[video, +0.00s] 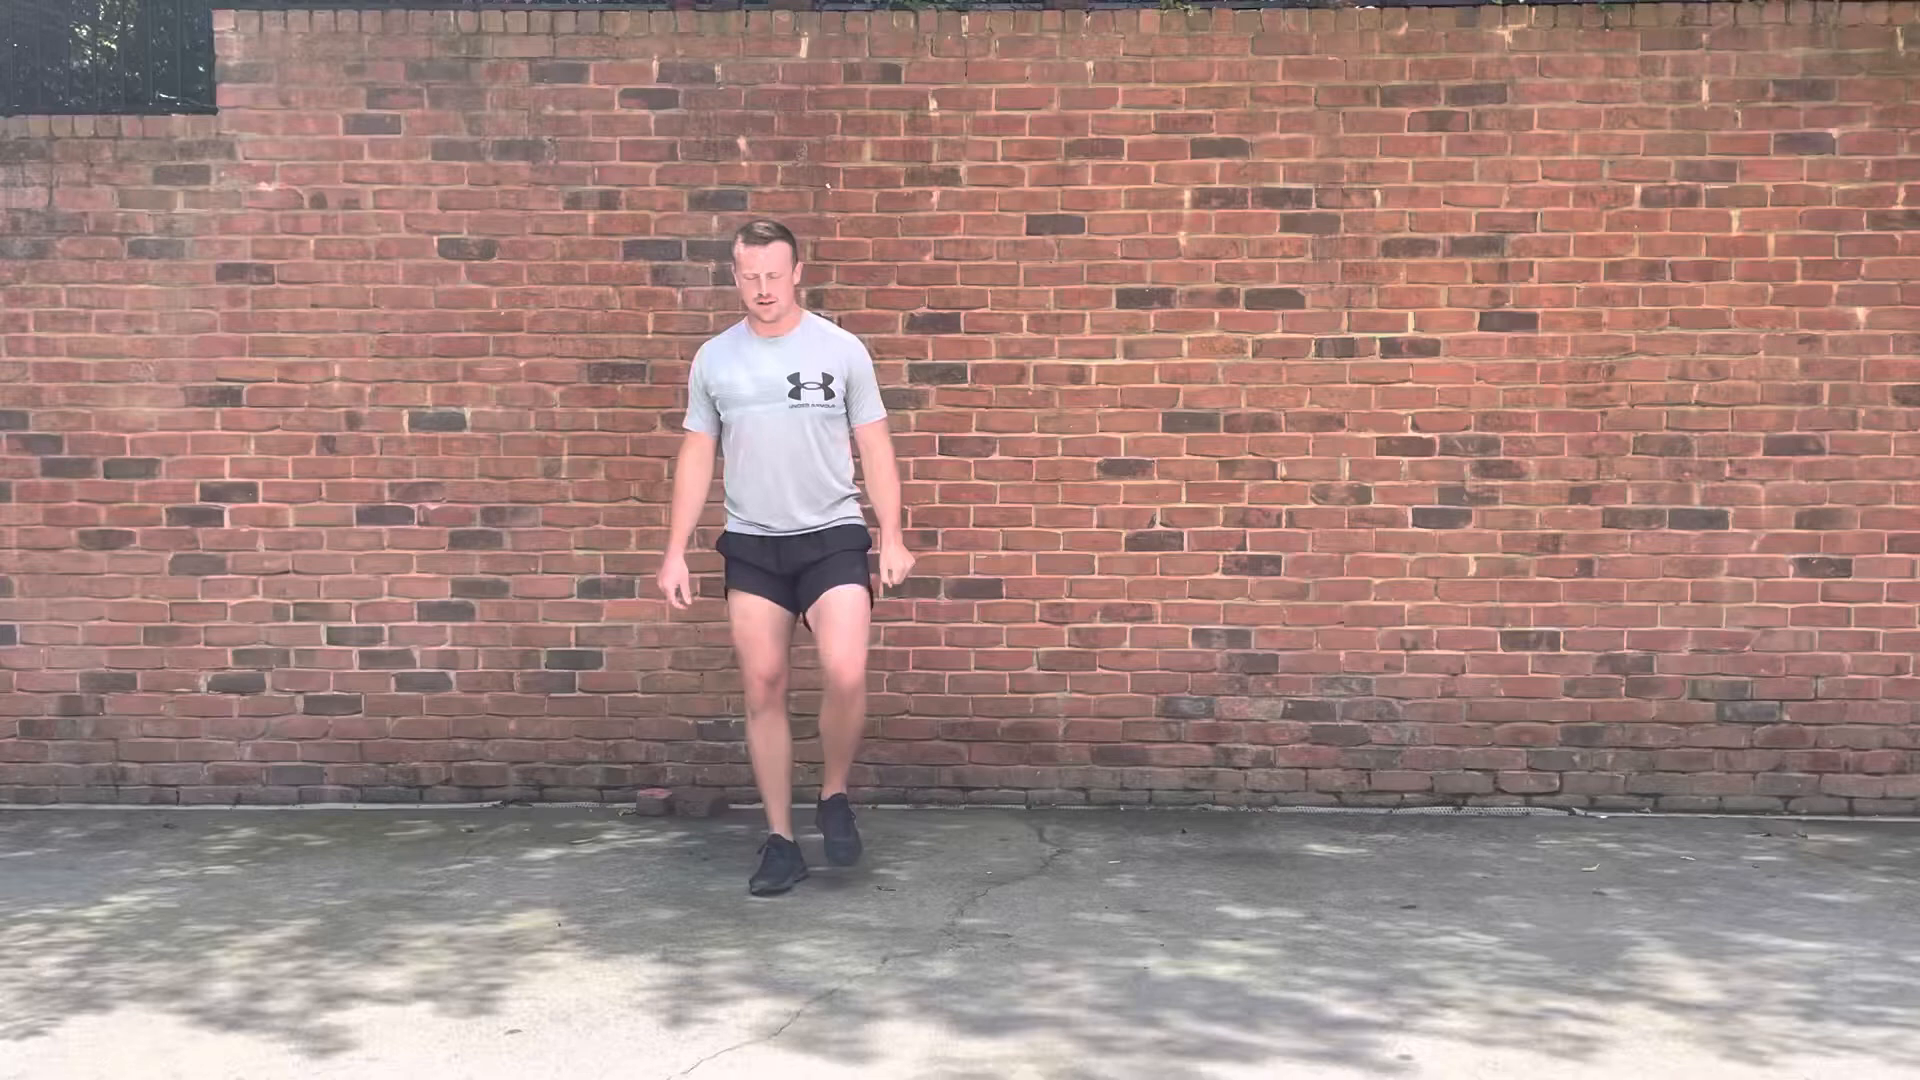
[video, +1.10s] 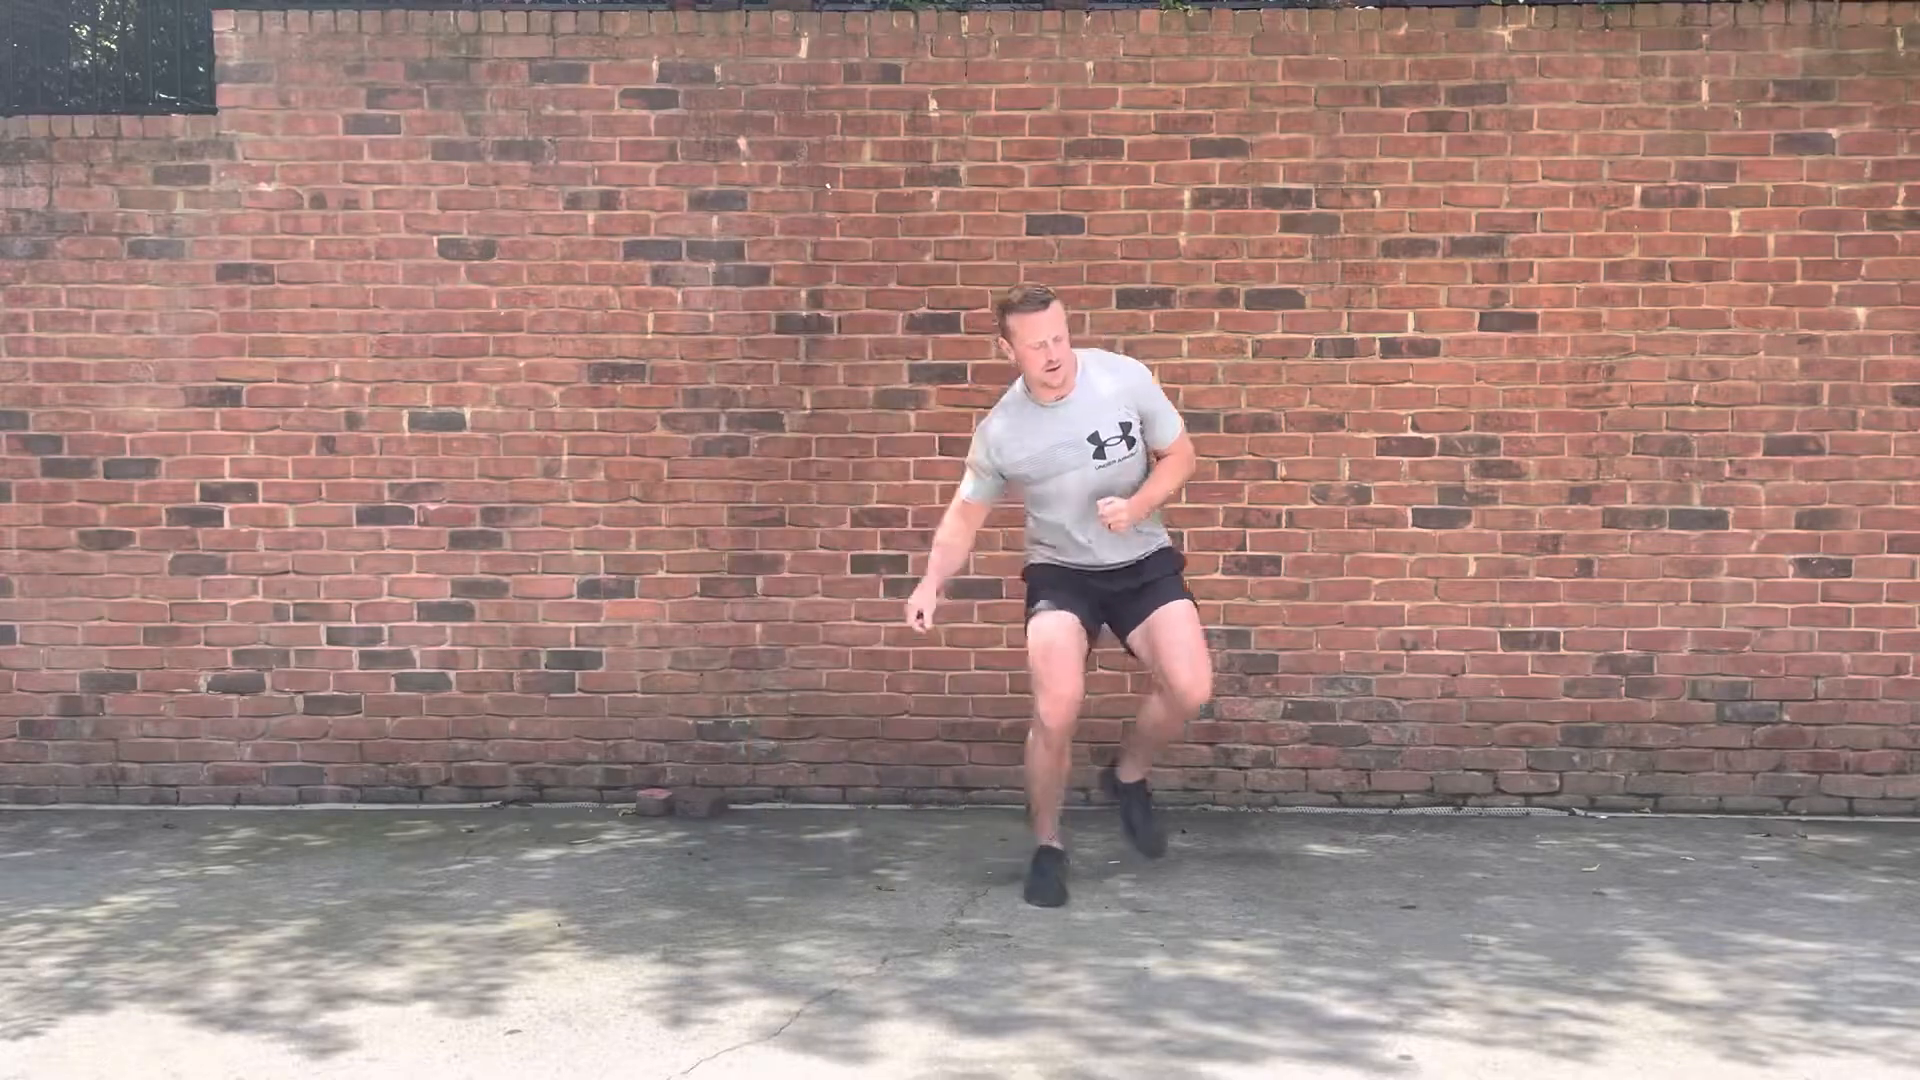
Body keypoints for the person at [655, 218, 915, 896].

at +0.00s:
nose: (761, 290)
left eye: (773, 276)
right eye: (749, 278)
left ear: (797, 273)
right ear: (734, 280)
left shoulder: (842, 350)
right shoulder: (714, 360)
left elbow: (874, 446)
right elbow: (696, 455)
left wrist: (891, 532)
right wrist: (676, 548)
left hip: (836, 537)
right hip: (752, 544)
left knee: (847, 675)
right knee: (763, 682)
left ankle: (835, 796)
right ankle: (779, 838)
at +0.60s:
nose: (798, 348)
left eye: (806, 333)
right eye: (784, 338)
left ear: (829, 328)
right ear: (770, 346)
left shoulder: (890, 383)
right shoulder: (764, 423)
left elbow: (955, 450)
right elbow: (754, 515)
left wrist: (966, 527)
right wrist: (747, 598)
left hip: (905, 562)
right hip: (820, 570)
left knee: (928, 683)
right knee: (775, 705)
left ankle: (900, 778)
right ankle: (783, 841)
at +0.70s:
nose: (847, 315)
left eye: (854, 299)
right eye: (832, 306)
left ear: (873, 292)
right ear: (814, 311)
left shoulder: (930, 346)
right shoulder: (801, 390)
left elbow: (1014, 382)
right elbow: (783, 471)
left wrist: (1004, 409)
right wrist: (778, 536)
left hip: (948, 532)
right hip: (859, 547)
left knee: (997, 636)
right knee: (817, 688)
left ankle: (966, 720)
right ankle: (787, 839)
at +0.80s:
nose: (905, 281)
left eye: (912, 265)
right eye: (889, 272)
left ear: (928, 255)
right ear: (869, 275)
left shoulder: (982, 308)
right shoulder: (852, 355)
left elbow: (1072, 339)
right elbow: (820, 443)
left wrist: (1030, 368)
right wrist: (815, 495)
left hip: (1001, 500)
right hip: (912, 518)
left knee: (1052, 618)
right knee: (877, 662)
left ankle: (1015, 681)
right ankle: (846, 821)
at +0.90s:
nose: (962, 284)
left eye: (969, 268)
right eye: (946, 274)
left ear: (984, 262)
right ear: (924, 279)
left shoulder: (1042, 314)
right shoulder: (907, 356)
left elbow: (1111, 364)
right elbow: (878, 435)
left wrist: (1070, 419)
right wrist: (857, 499)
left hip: (1051, 506)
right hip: (966, 518)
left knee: (1077, 639)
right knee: (949, 661)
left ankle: (1035, 700)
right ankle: (976, 804)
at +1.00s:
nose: (1000, 307)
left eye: (1007, 292)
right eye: (984, 297)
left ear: (1019, 287)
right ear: (958, 301)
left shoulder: (1076, 338)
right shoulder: (943, 381)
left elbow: (1137, 405)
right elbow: (916, 463)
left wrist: (1099, 461)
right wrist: (886, 524)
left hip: (1087, 525)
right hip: (1004, 536)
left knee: (1103, 664)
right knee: (1005, 682)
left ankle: (1053, 734)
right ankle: (1027, 835)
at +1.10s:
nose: (1052, 354)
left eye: (1058, 339)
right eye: (1035, 345)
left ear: (1070, 332)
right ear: (1010, 350)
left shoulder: (1125, 378)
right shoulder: (999, 433)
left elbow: (1181, 453)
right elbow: (965, 515)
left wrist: (1136, 504)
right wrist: (931, 581)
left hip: (1143, 561)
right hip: (1059, 570)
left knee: (1191, 688)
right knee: (1057, 708)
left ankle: (1128, 775)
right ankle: (1048, 846)